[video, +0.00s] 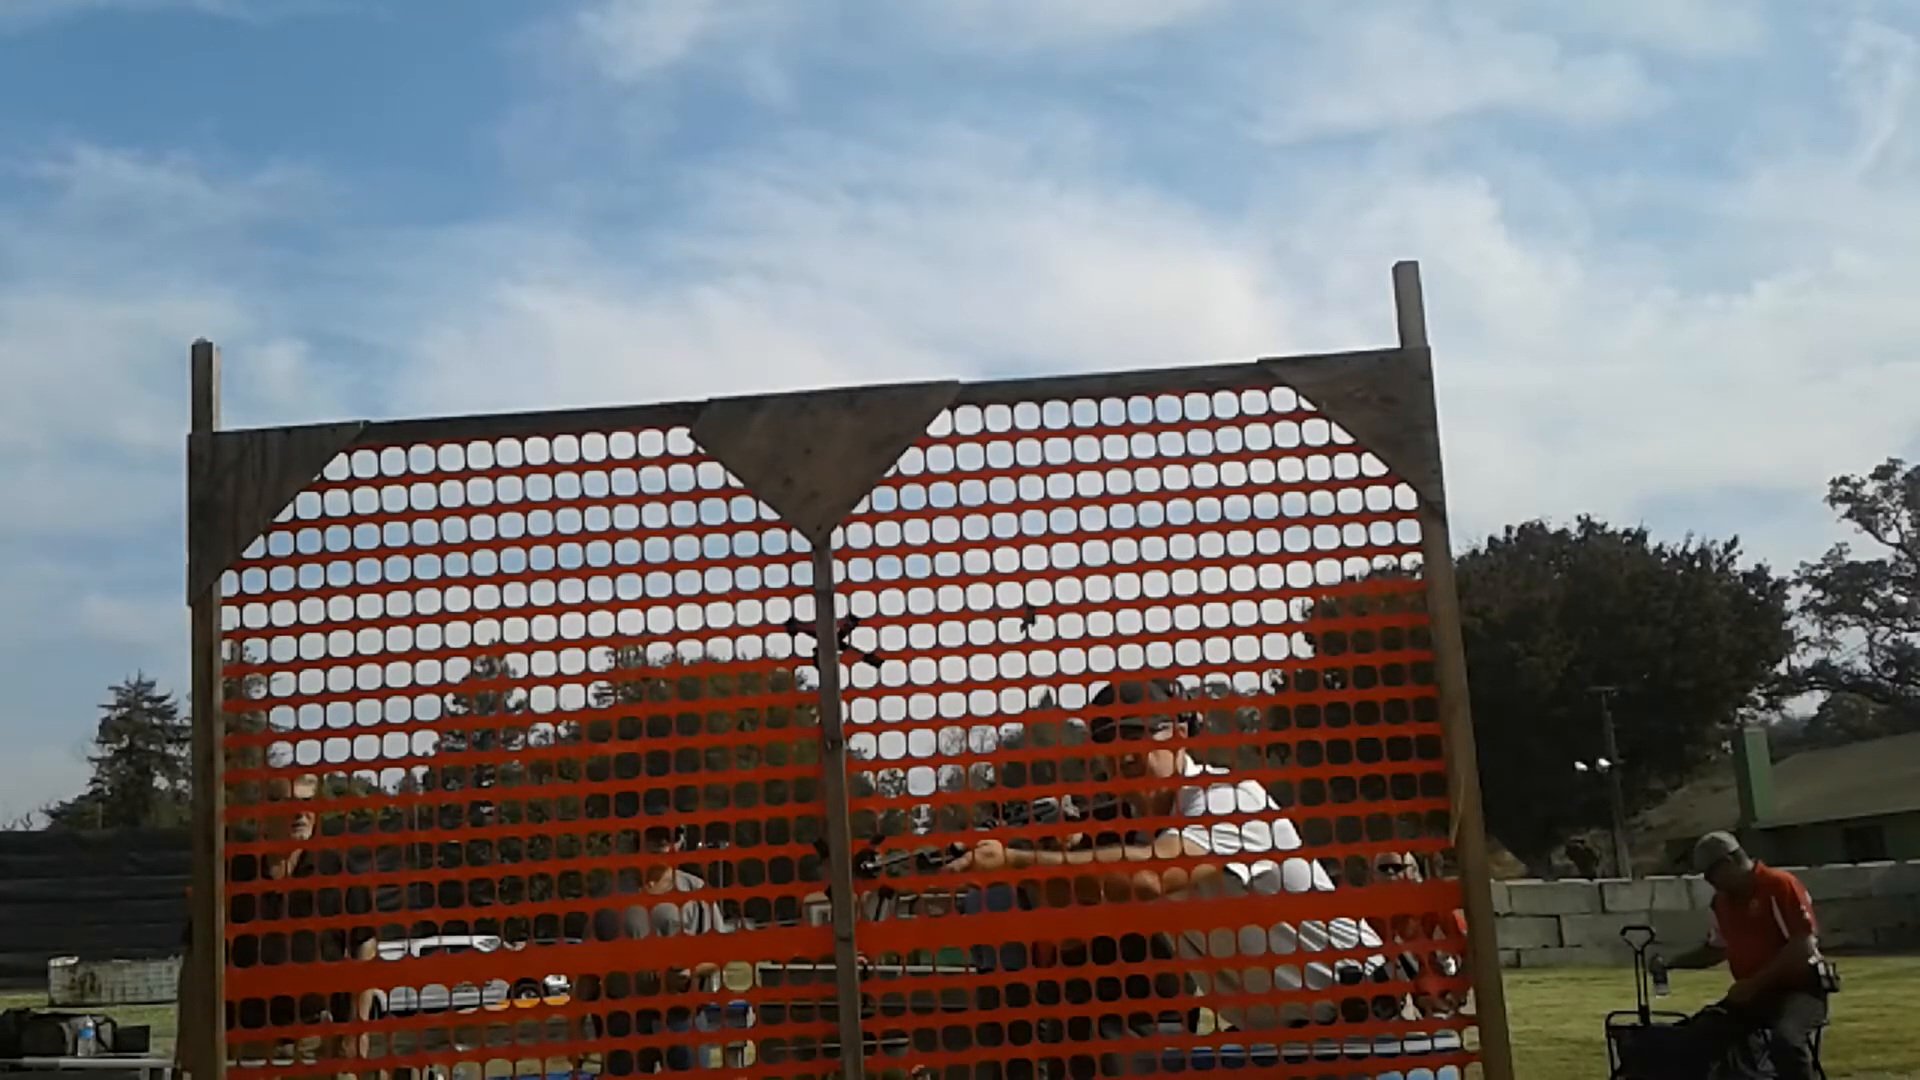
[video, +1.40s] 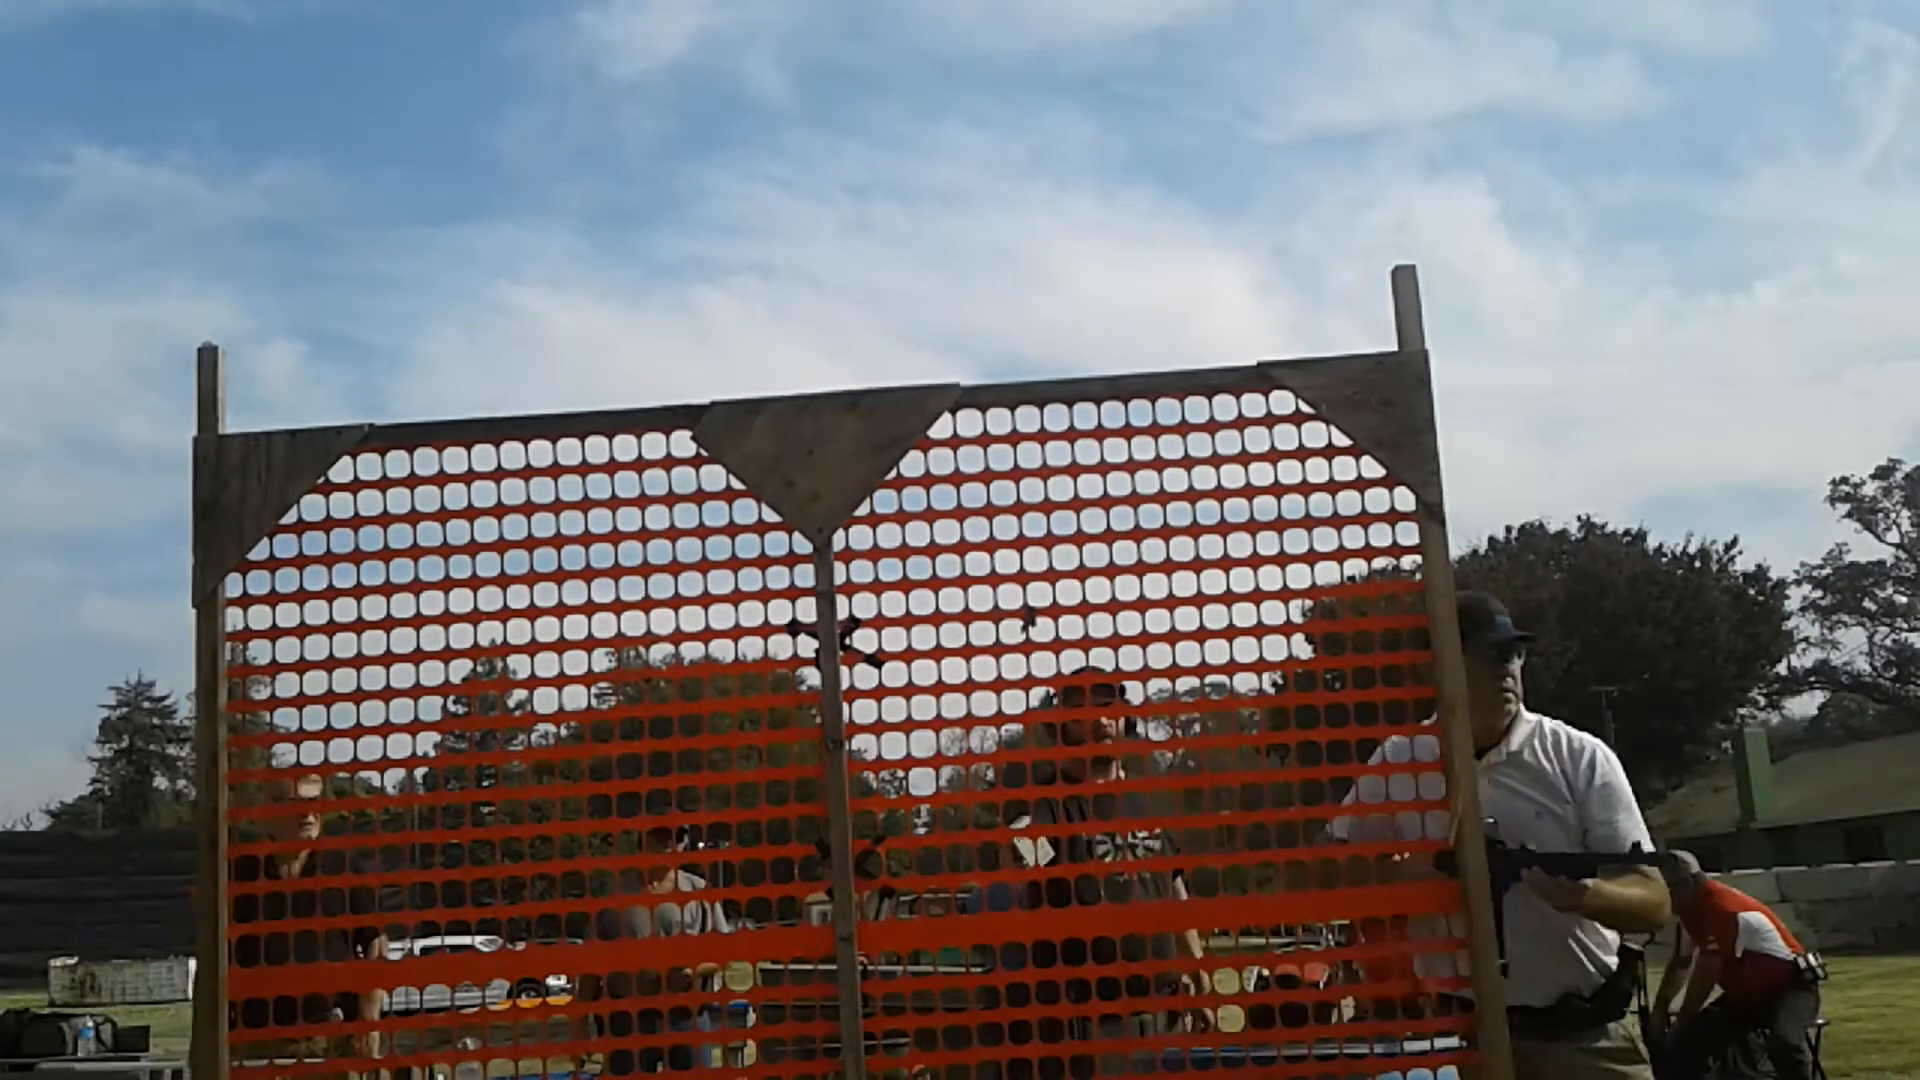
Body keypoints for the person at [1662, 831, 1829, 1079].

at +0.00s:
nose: (1709, 882)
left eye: (1712, 873)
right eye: (1706, 876)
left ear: (1732, 860)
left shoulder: (1781, 884)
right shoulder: (1723, 899)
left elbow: (1805, 946)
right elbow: (1718, 949)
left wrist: (1752, 985)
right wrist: (1671, 962)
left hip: (1800, 991)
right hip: (1754, 993)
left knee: (1786, 1042)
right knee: (1697, 1036)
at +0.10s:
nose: (1701, 889)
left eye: (1703, 880)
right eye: (1697, 883)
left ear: (1722, 866)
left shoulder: (1770, 886)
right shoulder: (1716, 904)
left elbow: (1790, 952)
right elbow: (1713, 952)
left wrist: (1738, 984)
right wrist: (1667, 967)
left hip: (1797, 990)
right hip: (1752, 993)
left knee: (1787, 1040)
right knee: (1694, 1038)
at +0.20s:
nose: (1693, 895)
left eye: (1694, 887)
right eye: (1690, 890)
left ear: (1709, 872)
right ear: (1707, 875)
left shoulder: (1757, 888)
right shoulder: (1708, 908)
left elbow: (1762, 956)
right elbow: (1707, 957)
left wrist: (1716, 992)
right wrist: (1662, 974)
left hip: (1795, 990)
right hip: (1750, 992)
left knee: (1787, 1041)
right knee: (1692, 1038)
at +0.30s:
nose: (1685, 902)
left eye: (1685, 894)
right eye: (1681, 897)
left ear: (1699, 880)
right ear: (1698, 881)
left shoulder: (1745, 893)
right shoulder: (1703, 907)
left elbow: (1739, 964)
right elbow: (1703, 960)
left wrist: (1701, 1002)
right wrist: (1657, 981)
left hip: (1794, 989)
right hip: (1748, 991)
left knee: (1788, 1041)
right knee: (1689, 1034)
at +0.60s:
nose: (1670, 916)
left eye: (1670, 909)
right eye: (1666, 912)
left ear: (1683, 893)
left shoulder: (1719, 906)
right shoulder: (1690, 912)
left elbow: (1708, 974)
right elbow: (1692, 965)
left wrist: (1682, 1017)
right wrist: (1651, 992)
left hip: (1791, 989)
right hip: (1745, 995)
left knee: (1789, 1044)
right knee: (1687, 1039)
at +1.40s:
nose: (1668, 895)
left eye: (1673, 887)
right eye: (1666, 888)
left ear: (1695, 881)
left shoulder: (1719, 907)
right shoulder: (1689, 909)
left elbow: (1705, 977)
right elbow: (1680, 963)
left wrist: (1682, 1025)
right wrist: (1659, 1010)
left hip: (1791, 989)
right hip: (1745, 994)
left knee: (1785, 1042)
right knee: (1679, 1046)